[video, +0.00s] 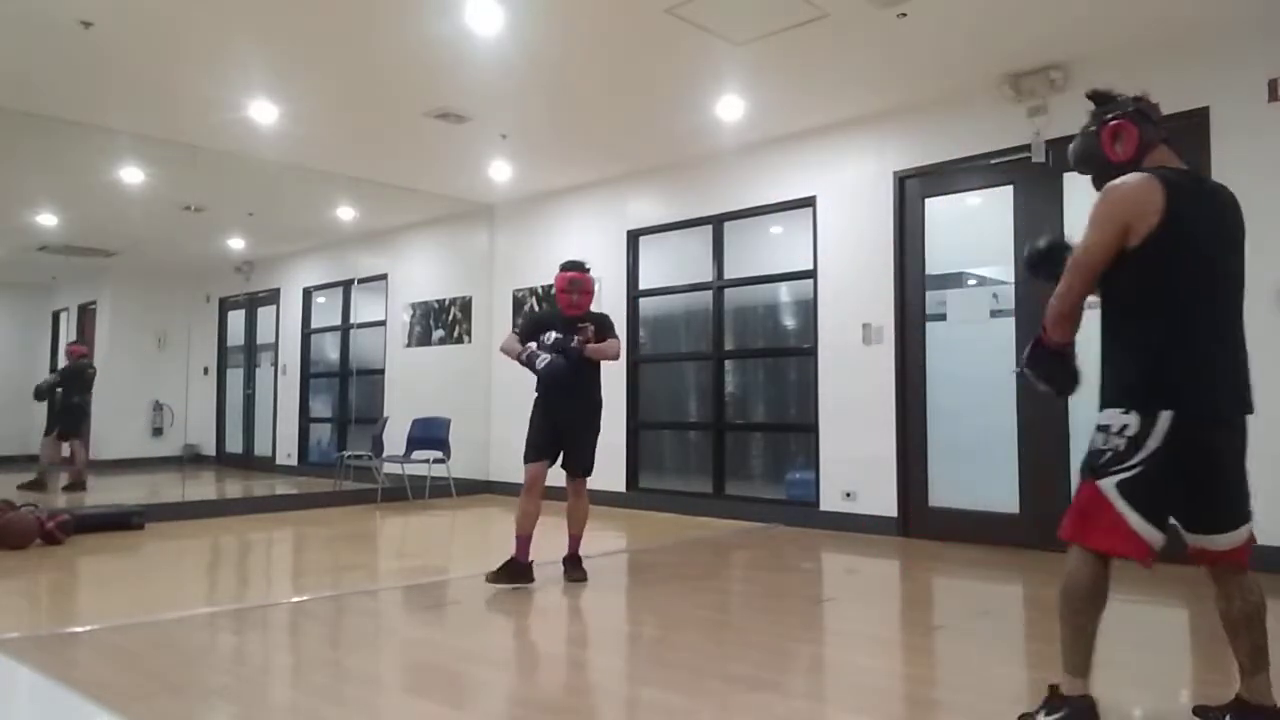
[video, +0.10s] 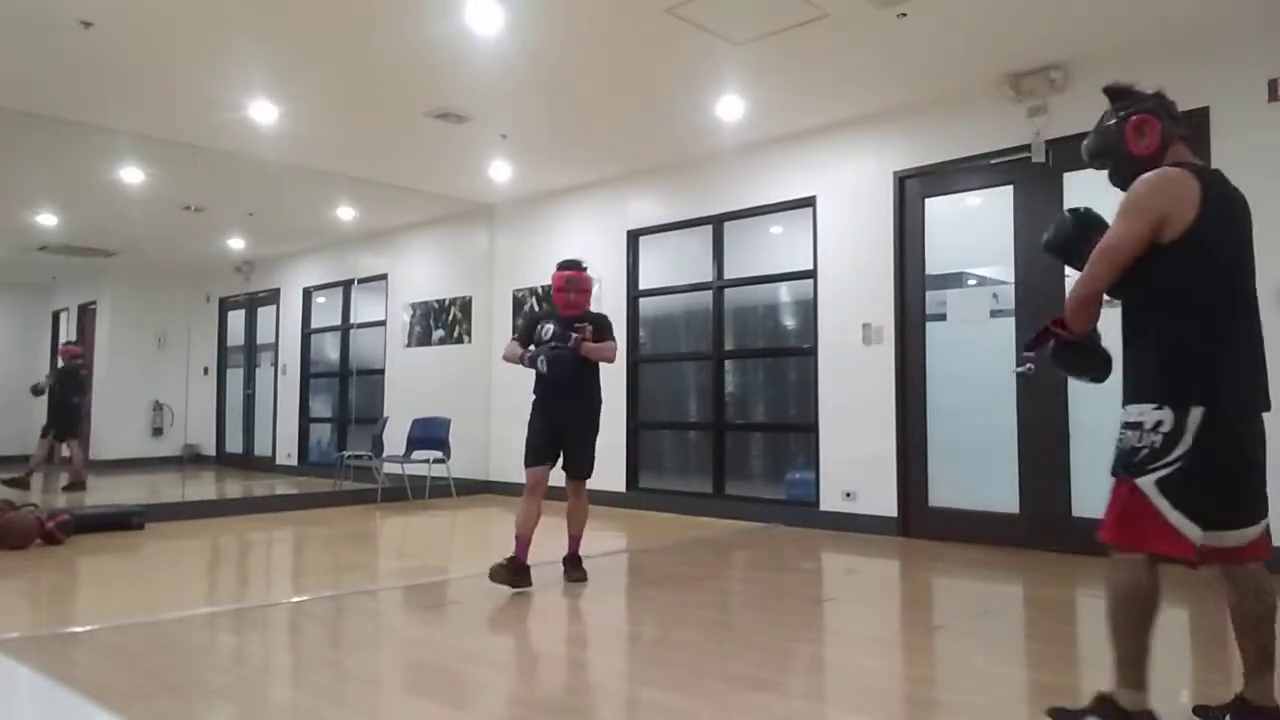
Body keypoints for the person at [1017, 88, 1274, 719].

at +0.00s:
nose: (1098, 176)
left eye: (1098, 163)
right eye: (1095, 166)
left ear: (1121, 137)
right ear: (1155, 136)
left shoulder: (1127, 195)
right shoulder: (1222, 201)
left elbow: (1066, 299)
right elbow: (1168, 281)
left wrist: (1054, 352)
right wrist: (1076, 265)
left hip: (1146, 403)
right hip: (1221, 404)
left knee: (1087, 542)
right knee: (1229, 557)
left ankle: (1073, 695)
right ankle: (1258, 699)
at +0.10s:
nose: (1114, 174)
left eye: (1114, 158)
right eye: (1109, 163)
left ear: (1145, 134)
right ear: (1169, 135)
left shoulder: (1157, 189)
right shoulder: (1224, 194)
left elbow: (1086, 294)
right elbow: (1177, 280)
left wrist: (1077, 340)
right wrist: (1106, 245)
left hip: (1172, 400)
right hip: (1236, 399)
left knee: (1127, 543)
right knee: (1242, 552)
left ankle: (1128, 697)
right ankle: (1261, 697)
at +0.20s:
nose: (1127, 167)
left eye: (1128, 150)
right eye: (1121, 155)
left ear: (1161, 133)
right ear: (1187, 134)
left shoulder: (1181, 188)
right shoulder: (1230, 190)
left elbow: (1094, 281)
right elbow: (1184, 277)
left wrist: (1089, 319)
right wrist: (1114, 275)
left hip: (1185, 404)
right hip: (1241, 402)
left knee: (1178, 555)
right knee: (1247, 552)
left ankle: (1205, 705)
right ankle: (1264, 697)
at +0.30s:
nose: (1138, 164)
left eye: (1143, 145)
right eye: (1132, 151)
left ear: (1182, 126)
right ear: (1188, 130)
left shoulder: (1204, 185)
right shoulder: (1228, 190)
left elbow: (1106, 266)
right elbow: (1189, 283)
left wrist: (1101, 306)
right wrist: (1113, 280)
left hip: (1209, 407)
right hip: (1221, 404)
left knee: (1219, 556)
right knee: (1230, 552)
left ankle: (1264, 699)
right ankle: (1262, 693)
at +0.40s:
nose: (1146, 156)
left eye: (1152, 138)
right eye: (1142, 142)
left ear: (1193, 126)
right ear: (1196, 130)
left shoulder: (1224, 186)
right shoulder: (1228, 193)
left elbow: (1123, 264)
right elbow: (1183, 292)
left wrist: (1103, 304)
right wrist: (1093, 279)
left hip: (1216, 405)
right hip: (1215, 403)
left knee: (1227, 553)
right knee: (1229, 552)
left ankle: (1261, 696)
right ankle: (1262, 691)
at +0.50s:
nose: (1153, 153)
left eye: (1163, 134)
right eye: (1150, 139)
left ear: (1208, 126)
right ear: (1205, 132)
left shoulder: (1236, 189)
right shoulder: (1215, 197)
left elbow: (1135, 276)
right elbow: (1171, 285)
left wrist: (1101, 293)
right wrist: (1081, 275)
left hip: (1222, 404)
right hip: (1209, 402)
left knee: (1230, 554)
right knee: (1231, 553)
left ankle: (1262, 696)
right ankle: (1259, 693)